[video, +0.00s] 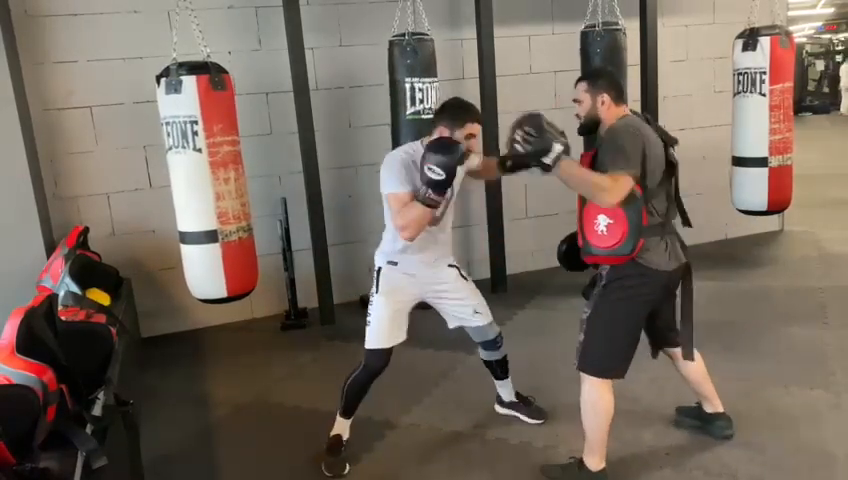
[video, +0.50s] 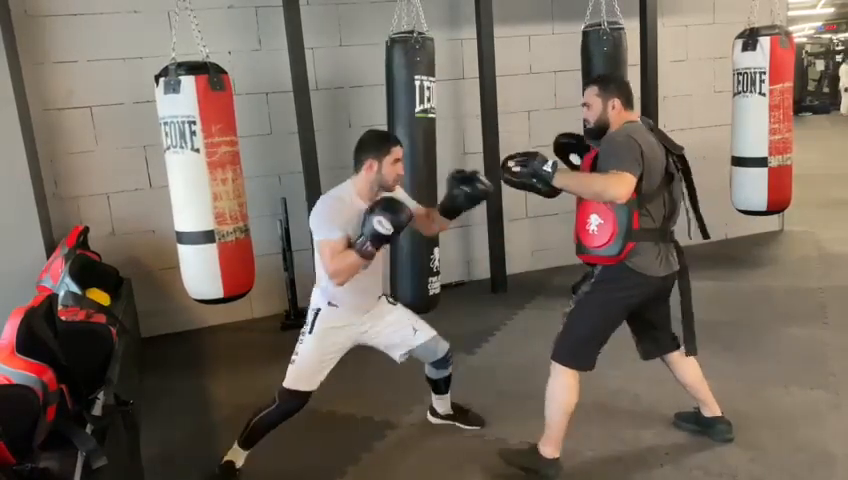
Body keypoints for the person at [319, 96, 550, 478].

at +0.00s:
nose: (475, 147)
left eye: (476, 139)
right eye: (469, 139)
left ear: (462, 140)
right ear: (443, 134)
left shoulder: (458, 157)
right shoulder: (398, 161)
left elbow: (482, 169)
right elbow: (407, 230)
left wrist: (518, 160)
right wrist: (438, 186)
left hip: (442, 267)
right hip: (396, 270)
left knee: (489, 335)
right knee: (376, 360)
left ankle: (508, 399)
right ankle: (339, 433)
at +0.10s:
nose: (464, 137)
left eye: (466, 131)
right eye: (458, 130)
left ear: (450, 133)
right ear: (432, 130)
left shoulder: (451, 152)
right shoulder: (393, 161)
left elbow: (483, 155)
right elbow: (408, 225)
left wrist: (515, 149)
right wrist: (443, 185)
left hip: (434, 263)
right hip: (390, 267)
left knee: (480, 334)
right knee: (368, 358)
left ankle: (481, 396)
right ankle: (336, 428)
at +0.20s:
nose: (454, 139)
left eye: (456, 132)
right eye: (448, 131)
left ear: (442, 133)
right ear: (424, 131)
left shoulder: (441, 162)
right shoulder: (386, 166)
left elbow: (473, 194)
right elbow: (405, 229)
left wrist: (484, 177)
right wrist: (437, 187)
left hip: (427, 273)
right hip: (381, 278)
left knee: (474, 333)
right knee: (352, 365)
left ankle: (484, 397)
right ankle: (318, 423)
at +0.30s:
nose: (437, 144)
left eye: (438, 137)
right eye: (431, 137)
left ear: (412, 138)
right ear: (406, 137)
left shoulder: (419, 169)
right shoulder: (364, 172)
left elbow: (451, 211)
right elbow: (383, 236)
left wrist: (458, 172)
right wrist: (416, 194)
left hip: (404, 277)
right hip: (359, 282)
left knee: (461, 335)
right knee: (326, 372)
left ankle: (474, 397)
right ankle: (278, 430)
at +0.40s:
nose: (408, 164)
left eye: (409, 156)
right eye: (402, 157)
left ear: (380, 159)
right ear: (376, 159)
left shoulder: (402, 186)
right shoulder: (334, 196)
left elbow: (439, 217)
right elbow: (344, 259)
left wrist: (450, 197)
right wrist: (380, 219)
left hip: (386, 298)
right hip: (340, 303)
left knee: (449, 351)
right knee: (298, 390)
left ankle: (445, 402)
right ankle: (239, 455)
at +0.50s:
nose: (402, 171)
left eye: (402, 162)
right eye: (396, 163)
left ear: (377, 167)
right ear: (371, 167)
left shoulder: (391, 196)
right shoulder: (329, 208)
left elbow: (429, 225)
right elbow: (337, 272)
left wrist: (454, 204)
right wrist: (372, 239)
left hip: (377, 308)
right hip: (332, 316)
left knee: (438, 352)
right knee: (292, 400)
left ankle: (442, 411)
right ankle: (236, 455)